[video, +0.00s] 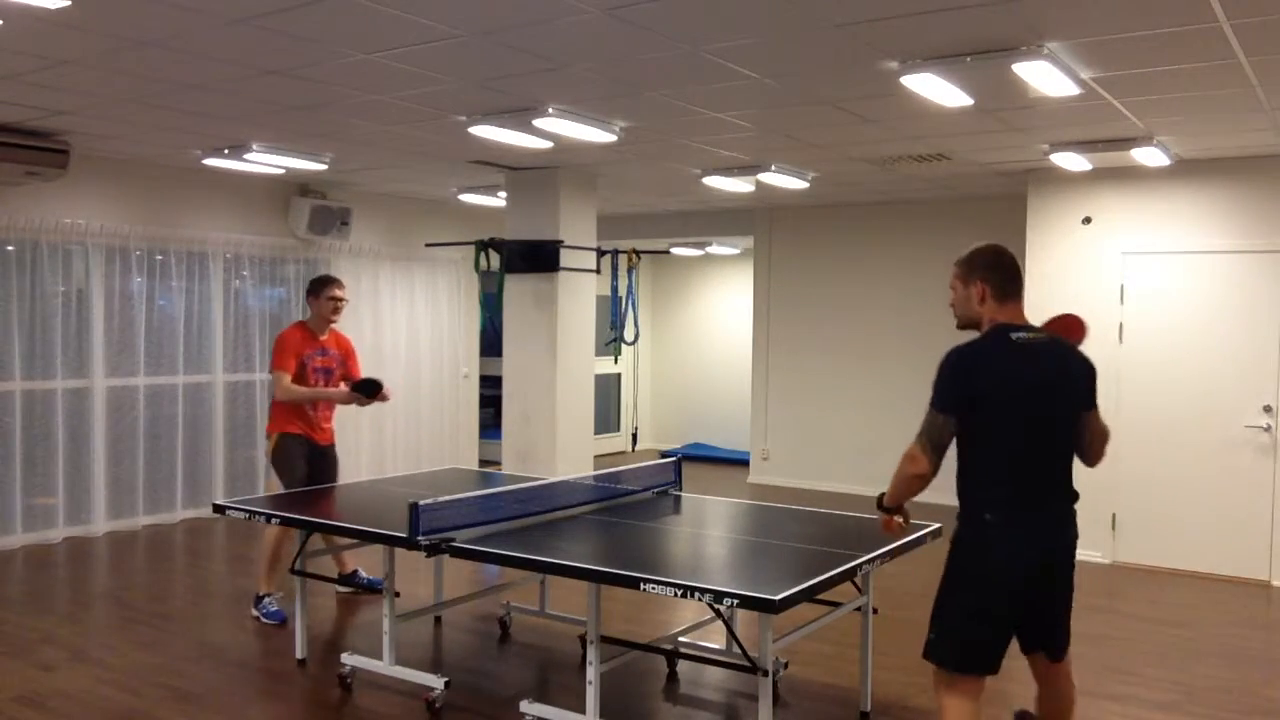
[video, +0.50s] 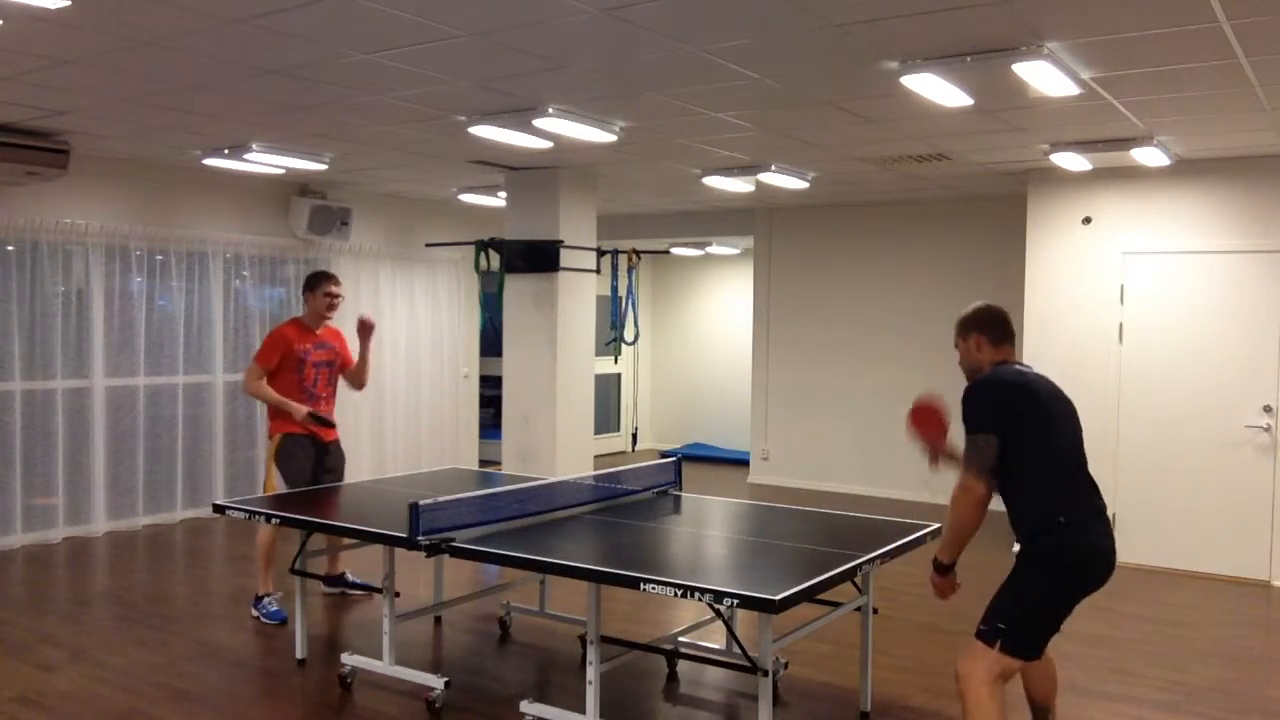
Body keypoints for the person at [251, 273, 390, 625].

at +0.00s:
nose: (339, 306)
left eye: (342, 301)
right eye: (333, 300)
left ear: (343, 306)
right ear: (312, 301)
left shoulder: (342, 343)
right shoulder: (290, 339)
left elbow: (352, 391)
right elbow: (281, 390)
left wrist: (372, 394)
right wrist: (331, 394)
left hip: (323, 436)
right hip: (289, 433)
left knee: (326, 509)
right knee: (290, 511)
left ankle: (347, 572)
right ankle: (264, 595)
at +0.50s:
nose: (334, 303)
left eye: (338, 298)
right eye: (328, 296)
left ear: (338, 302)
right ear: (308, 297)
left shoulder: (334, 337)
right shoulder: (285, 334)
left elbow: (358, 381)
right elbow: (251, 382)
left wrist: (365, 342)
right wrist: (292, 406)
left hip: (327, 437)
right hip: (291, 437)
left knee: (333, 509)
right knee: (277, 514)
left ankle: (334, 573)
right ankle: (264, 594)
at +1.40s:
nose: (333, 317)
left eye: (336, 312)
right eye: (327, 311)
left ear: (334, 313)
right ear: (306, 310)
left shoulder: (330, 347)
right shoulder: (276, 346)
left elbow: (340, 396)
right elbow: (253, 400)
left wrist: (355, 371)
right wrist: (289, 427)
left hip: (315, 440)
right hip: (277, 441)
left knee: (338, 506)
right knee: (270, 512)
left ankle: (339, 572)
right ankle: (229, 593)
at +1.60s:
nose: (317, 328)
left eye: (321, 323)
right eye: (311, 322)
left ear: (321, 324)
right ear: (290, 321)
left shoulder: (321, 355)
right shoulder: (261, 358)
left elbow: (321, 397)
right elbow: (240, 410)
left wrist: (334, 415)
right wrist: (253, 450)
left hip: (310, 452)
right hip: (268, 454)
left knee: (337, 510)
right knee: (254, 519)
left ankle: (350, 571)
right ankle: (218, 597)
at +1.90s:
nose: (314, 344)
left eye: (317, 337)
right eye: (309, 337)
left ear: (318, 336)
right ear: (288, 334)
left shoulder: (319, 363)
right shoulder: (257, 370)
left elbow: (324, 402)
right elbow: (230, 419)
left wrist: (345, 431)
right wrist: (258, 455)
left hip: (315, 459)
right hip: (272, 463)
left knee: (346, 511)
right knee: (256, 521)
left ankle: (361, 567)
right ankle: (223, 597)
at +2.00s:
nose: (320, 337)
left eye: (322, 331)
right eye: (316, 331)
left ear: (319, 331)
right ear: (295, 327)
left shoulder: (311, 358)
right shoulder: (264, 364)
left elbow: (309, 400)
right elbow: (262, 422)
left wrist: (345, 420)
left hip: (301, 451)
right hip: (262, 453)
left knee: (334, 502)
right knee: (263, 508)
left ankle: (358, 565)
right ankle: (221, 597)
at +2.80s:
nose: (321, 307)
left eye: (325, 302)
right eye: (315, 301)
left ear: (327, 305)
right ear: (298, 302)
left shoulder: (324, 338)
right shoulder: (275, 341)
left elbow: (321, 384)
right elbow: (258, 392)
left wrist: (347, 420)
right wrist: (271, 432)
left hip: (309, 440)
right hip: (271, 439)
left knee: (316, 504)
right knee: (252, 507)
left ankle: (323, 563)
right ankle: (241, 576)